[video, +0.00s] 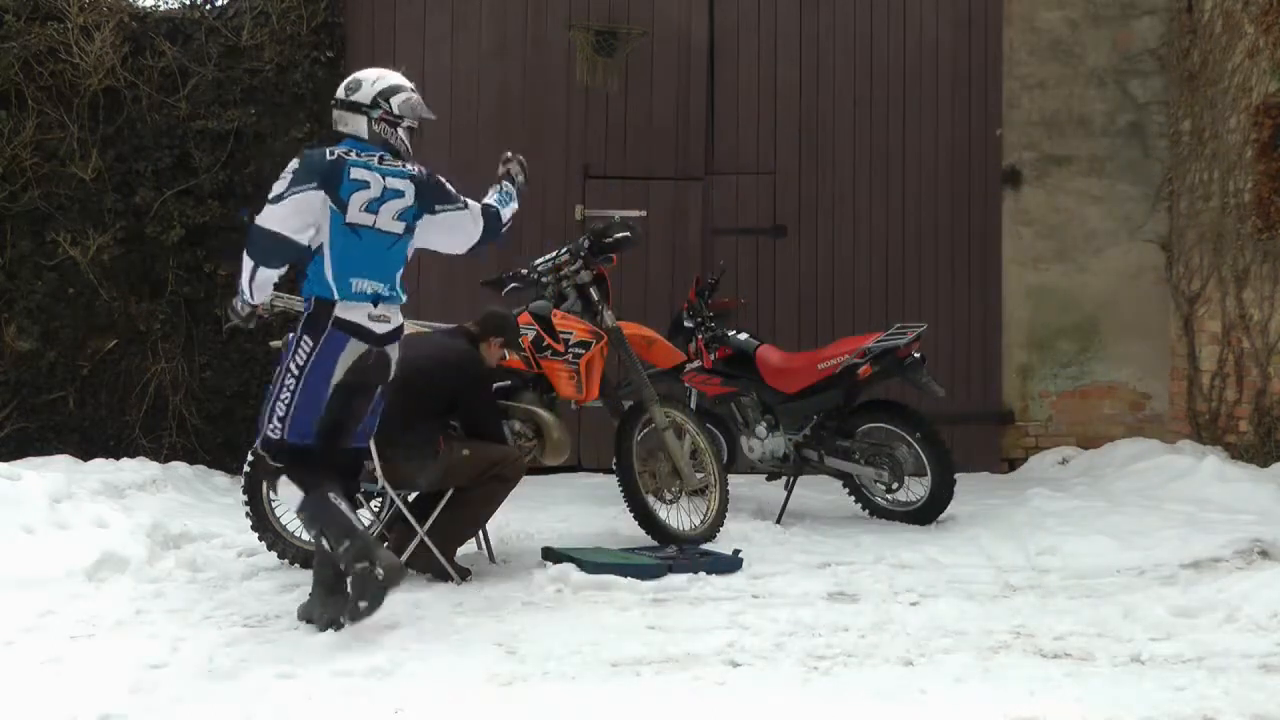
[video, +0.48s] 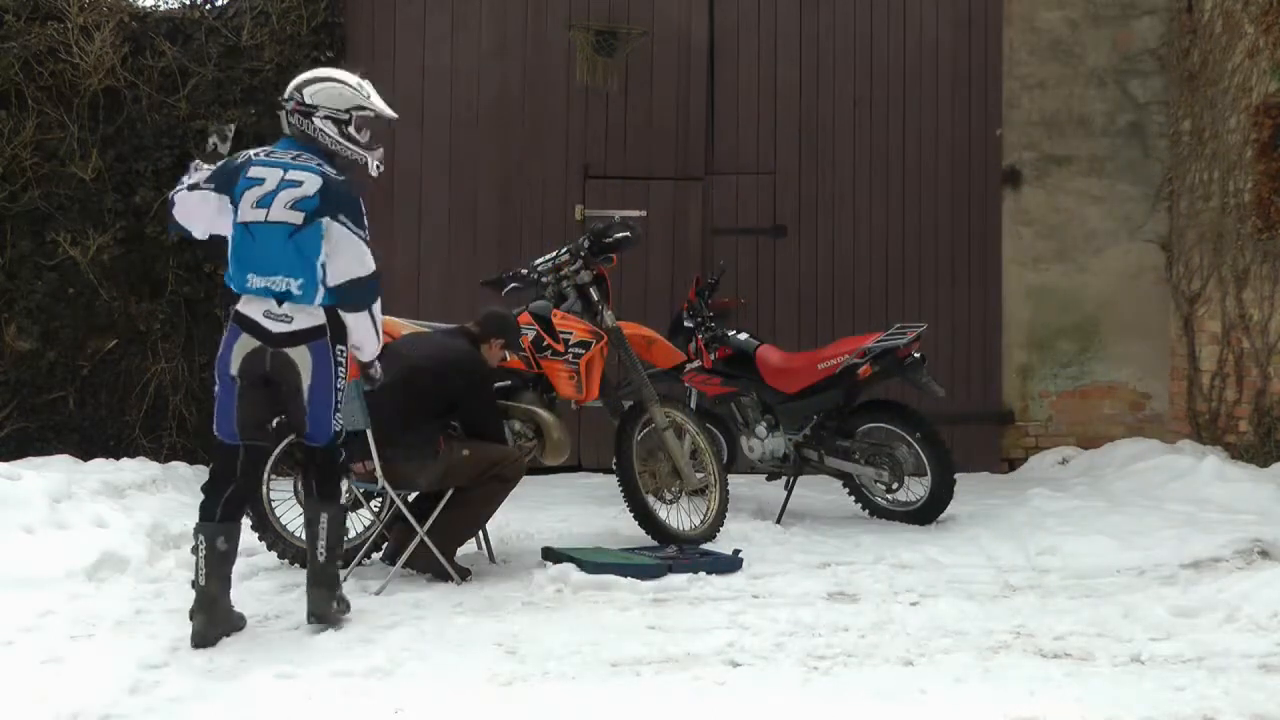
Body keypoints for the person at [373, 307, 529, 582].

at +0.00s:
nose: (501, 361)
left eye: (504, 355)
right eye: (503, 353)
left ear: (476, 330)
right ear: (493, 342)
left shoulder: (423, 342)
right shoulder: (472, 366)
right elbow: (486, 433)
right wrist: (504, 455)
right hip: (404, 464)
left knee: (473, 456)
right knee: (508, 464)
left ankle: (401, 535)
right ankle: (434, 551)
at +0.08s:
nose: (501, 361)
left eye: (505, 355)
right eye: (503, 353)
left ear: (474, 328)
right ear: (493, 343)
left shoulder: (420, 341)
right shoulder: (471, 366)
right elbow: (489, 435)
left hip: (366, 451)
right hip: (403, 462)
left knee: (466, 456)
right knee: (508, 464)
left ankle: (403, 542)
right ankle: (434, 551)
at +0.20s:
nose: (501, 361)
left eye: (505, 355)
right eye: (503, 353)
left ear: (473, 329)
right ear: (492, 343)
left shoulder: (414, 341)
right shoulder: (472, 366)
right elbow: (490, 435)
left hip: (369, 454)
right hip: (406, 463)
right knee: (508, 463)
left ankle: (404, 541)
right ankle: (434, 551)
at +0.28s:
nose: (500, 361)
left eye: (504, 355)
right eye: (503, 353)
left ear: (471, 329)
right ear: (493, 343)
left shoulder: (414, 340)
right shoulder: (471, 366)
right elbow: (489, 435)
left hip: (364, 451)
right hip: (401, 461)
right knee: (508, 464)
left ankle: (402, 540)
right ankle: (433, 551)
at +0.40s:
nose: (500, 361)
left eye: (504, 355)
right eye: (503, 353)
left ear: (472, 328)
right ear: (493, 343)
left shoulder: (418, 340)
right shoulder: (472, 366)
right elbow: (489, 436)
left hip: (362, 451)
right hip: (399, 461)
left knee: (465, 456)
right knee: (508, 465)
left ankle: (403, 540)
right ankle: (434, 551)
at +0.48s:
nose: (501, 361)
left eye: (505, 356)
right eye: (503, 354)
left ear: (473, 328)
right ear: (494, 344)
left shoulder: (419, 340)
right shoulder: (472, 367)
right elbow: (488, 436)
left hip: (361, 452)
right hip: (400, 462)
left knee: (466, 457)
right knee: (508, 464)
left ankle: (403, 542)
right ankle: (434, 551)